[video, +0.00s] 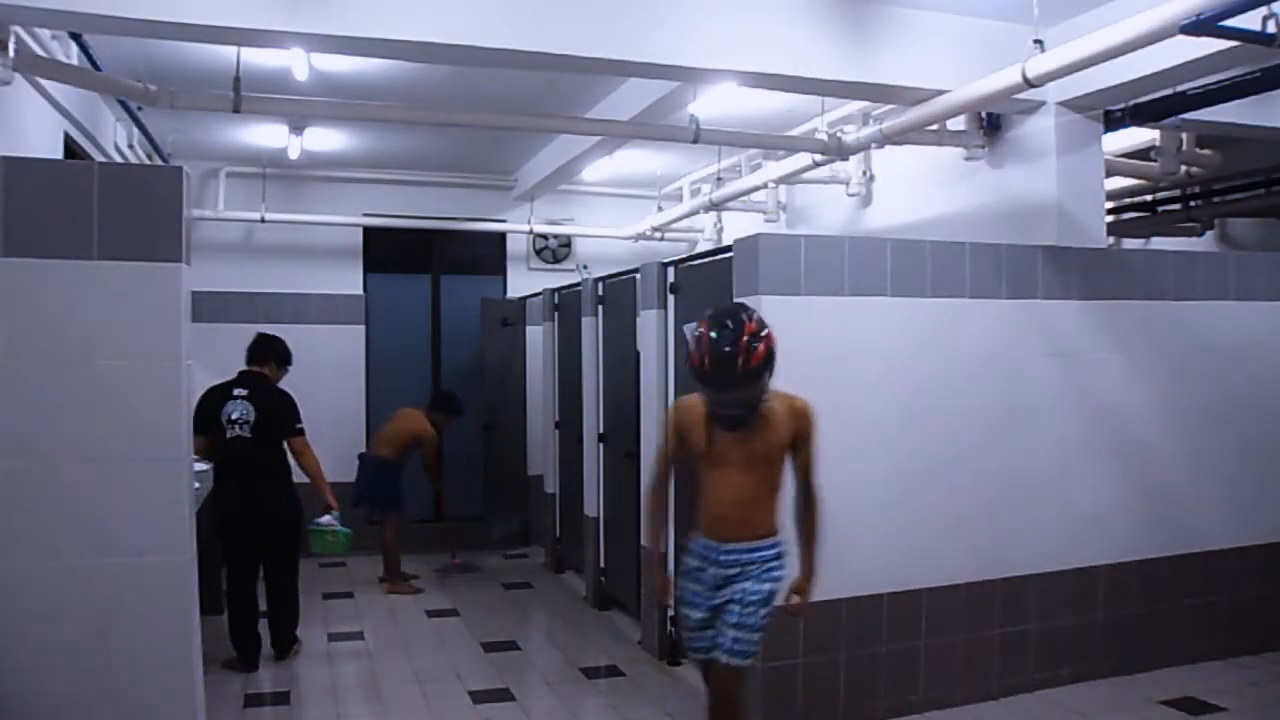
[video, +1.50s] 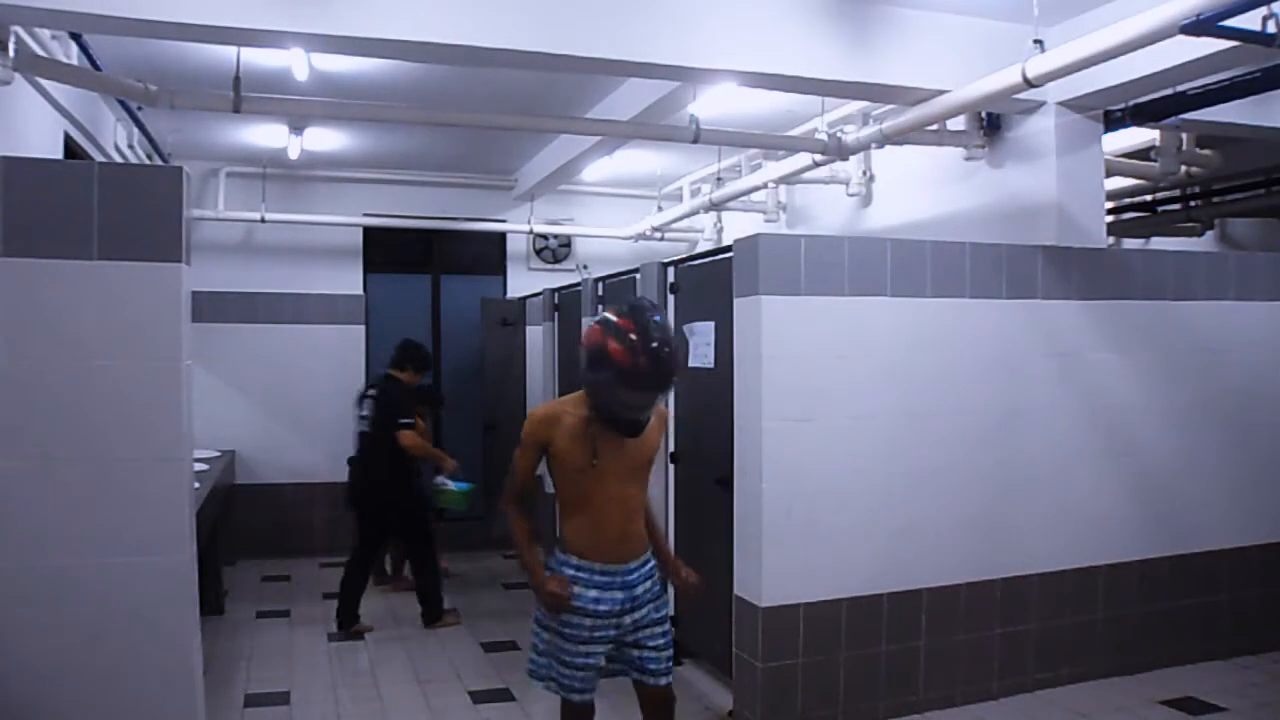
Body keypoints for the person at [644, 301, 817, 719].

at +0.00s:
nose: (729, 411)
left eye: (741, 401)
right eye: (720, 399)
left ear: (763, 381)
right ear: (704, 383)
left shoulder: (793, 416)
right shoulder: (685, 414)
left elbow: (806, 494)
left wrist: (807, 571)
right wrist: (655, 563)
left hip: (759, 563)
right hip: (700, 560)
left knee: (726, 680)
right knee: (713, 679)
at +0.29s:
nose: (696, 417)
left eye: (708, 407)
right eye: (684, 407)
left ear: (727, 389)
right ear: (662, 383)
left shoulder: (738, 422)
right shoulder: (628, 416)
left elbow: (738, 500)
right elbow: (605, 502)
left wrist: (745, 574)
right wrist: (619, 570)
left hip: (708, 572)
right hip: (640, 568)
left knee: (683, 690)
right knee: (616, 686)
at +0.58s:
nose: (668, 419)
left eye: (678, 407)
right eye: (657, 407)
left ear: (689, 392)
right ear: (629, 383)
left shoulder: (686, 422)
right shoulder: (582, 420)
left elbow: (676, 501)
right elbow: (547, 502)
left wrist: (699, 564)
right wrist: (580, 571)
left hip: (670, 579)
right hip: (612, 580)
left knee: (676, 695)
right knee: (594, 702)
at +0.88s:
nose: (642, 418)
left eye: (652, 406)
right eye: (629, 407)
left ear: (668, 385)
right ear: (600, 382)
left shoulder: (675, 419)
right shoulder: (560, 421)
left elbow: (672, 493)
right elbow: (536, 499)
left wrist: (687, 553)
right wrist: (550, 567)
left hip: (657, 580)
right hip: (588, 583)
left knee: (656, 696)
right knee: (583, 702)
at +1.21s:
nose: (596, 412)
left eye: (608, 402)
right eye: (584, 402)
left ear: (632, 379)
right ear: (565, 383)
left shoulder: (664, 421)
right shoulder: (550, 422)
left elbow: (671, 500)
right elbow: (548, 493)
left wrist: (677, 570)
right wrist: (536, 552)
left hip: (638, 579)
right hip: (567, 576)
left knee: (643, 707)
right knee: (572, 706)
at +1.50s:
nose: (637, 415)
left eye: (646, 403)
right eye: (625, 405)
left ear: (655, 387)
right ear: (598, 383)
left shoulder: (655, 420)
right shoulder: (548, 422)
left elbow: (637, 495)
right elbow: (515, 501)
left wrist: (668, 559)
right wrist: (538, 576)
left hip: (645, 583)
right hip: (580, 587)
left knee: (659, 700)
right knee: (578, 708)